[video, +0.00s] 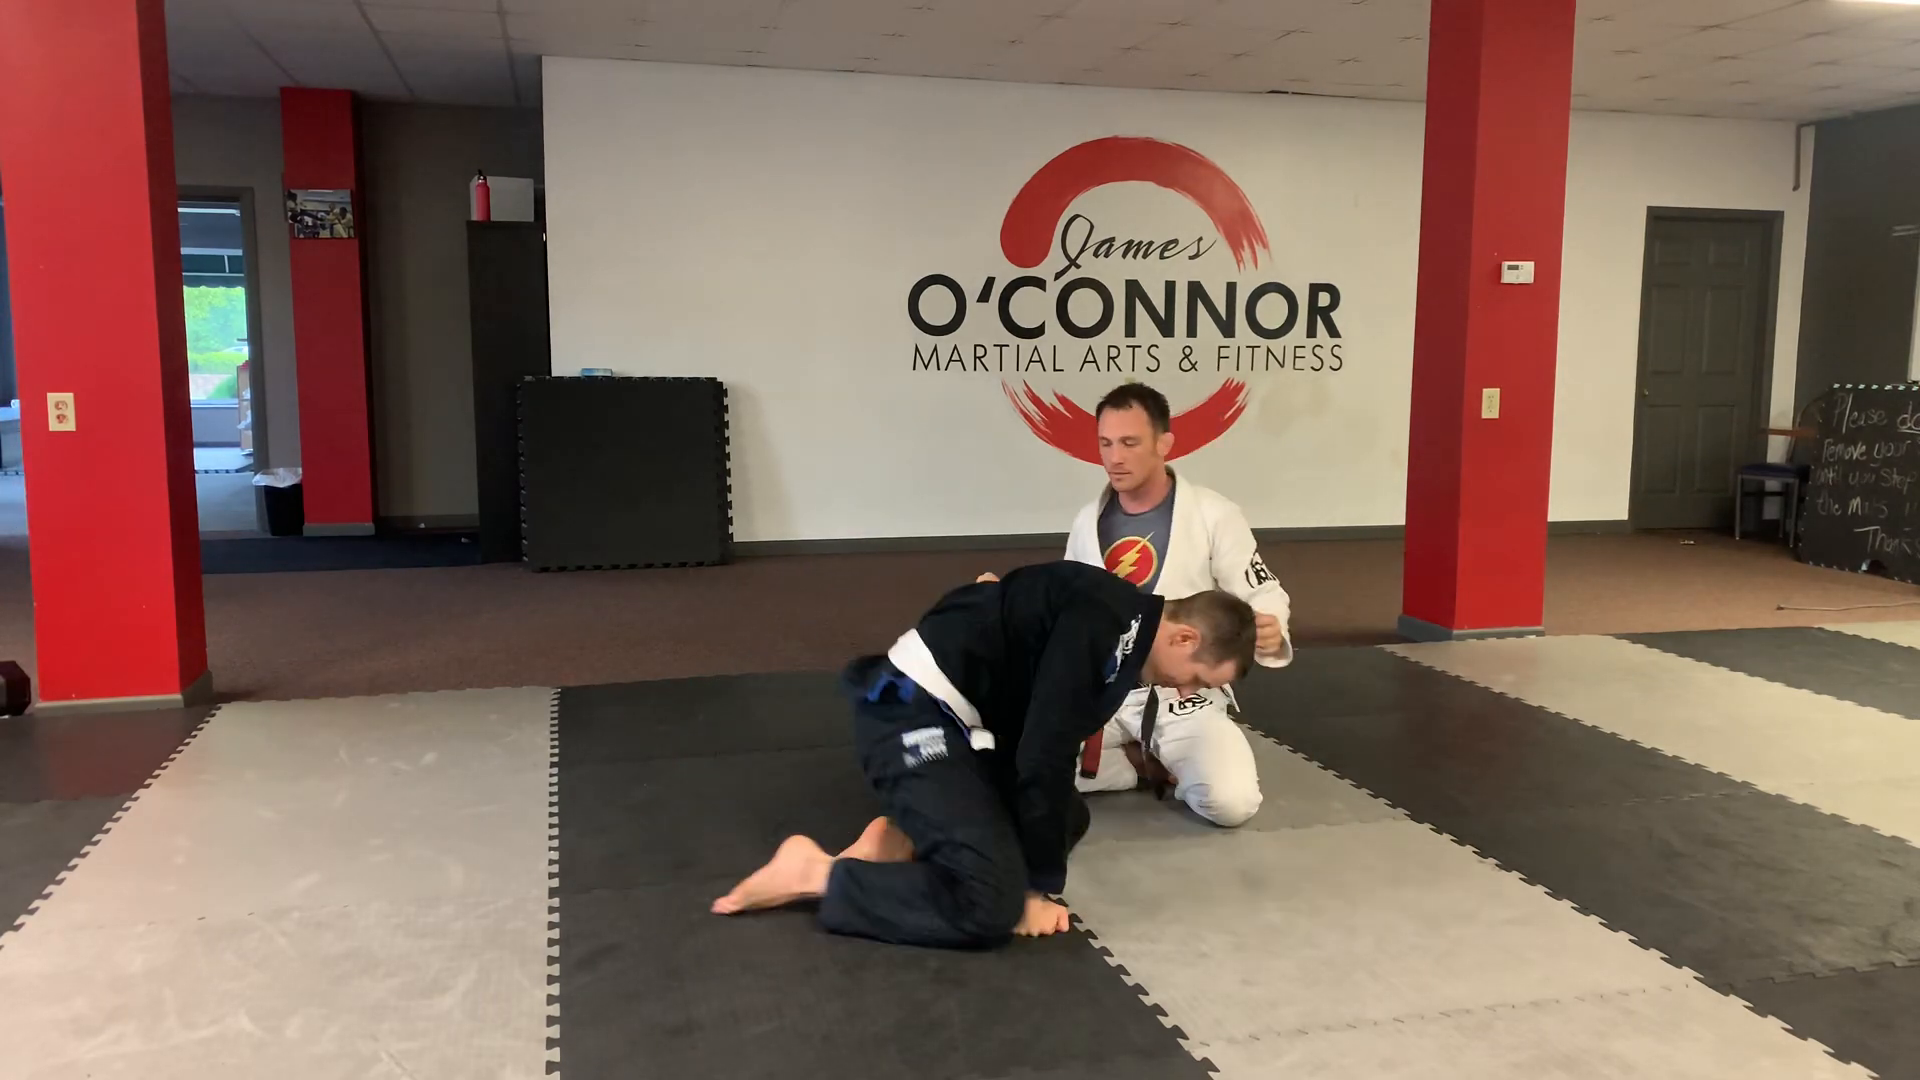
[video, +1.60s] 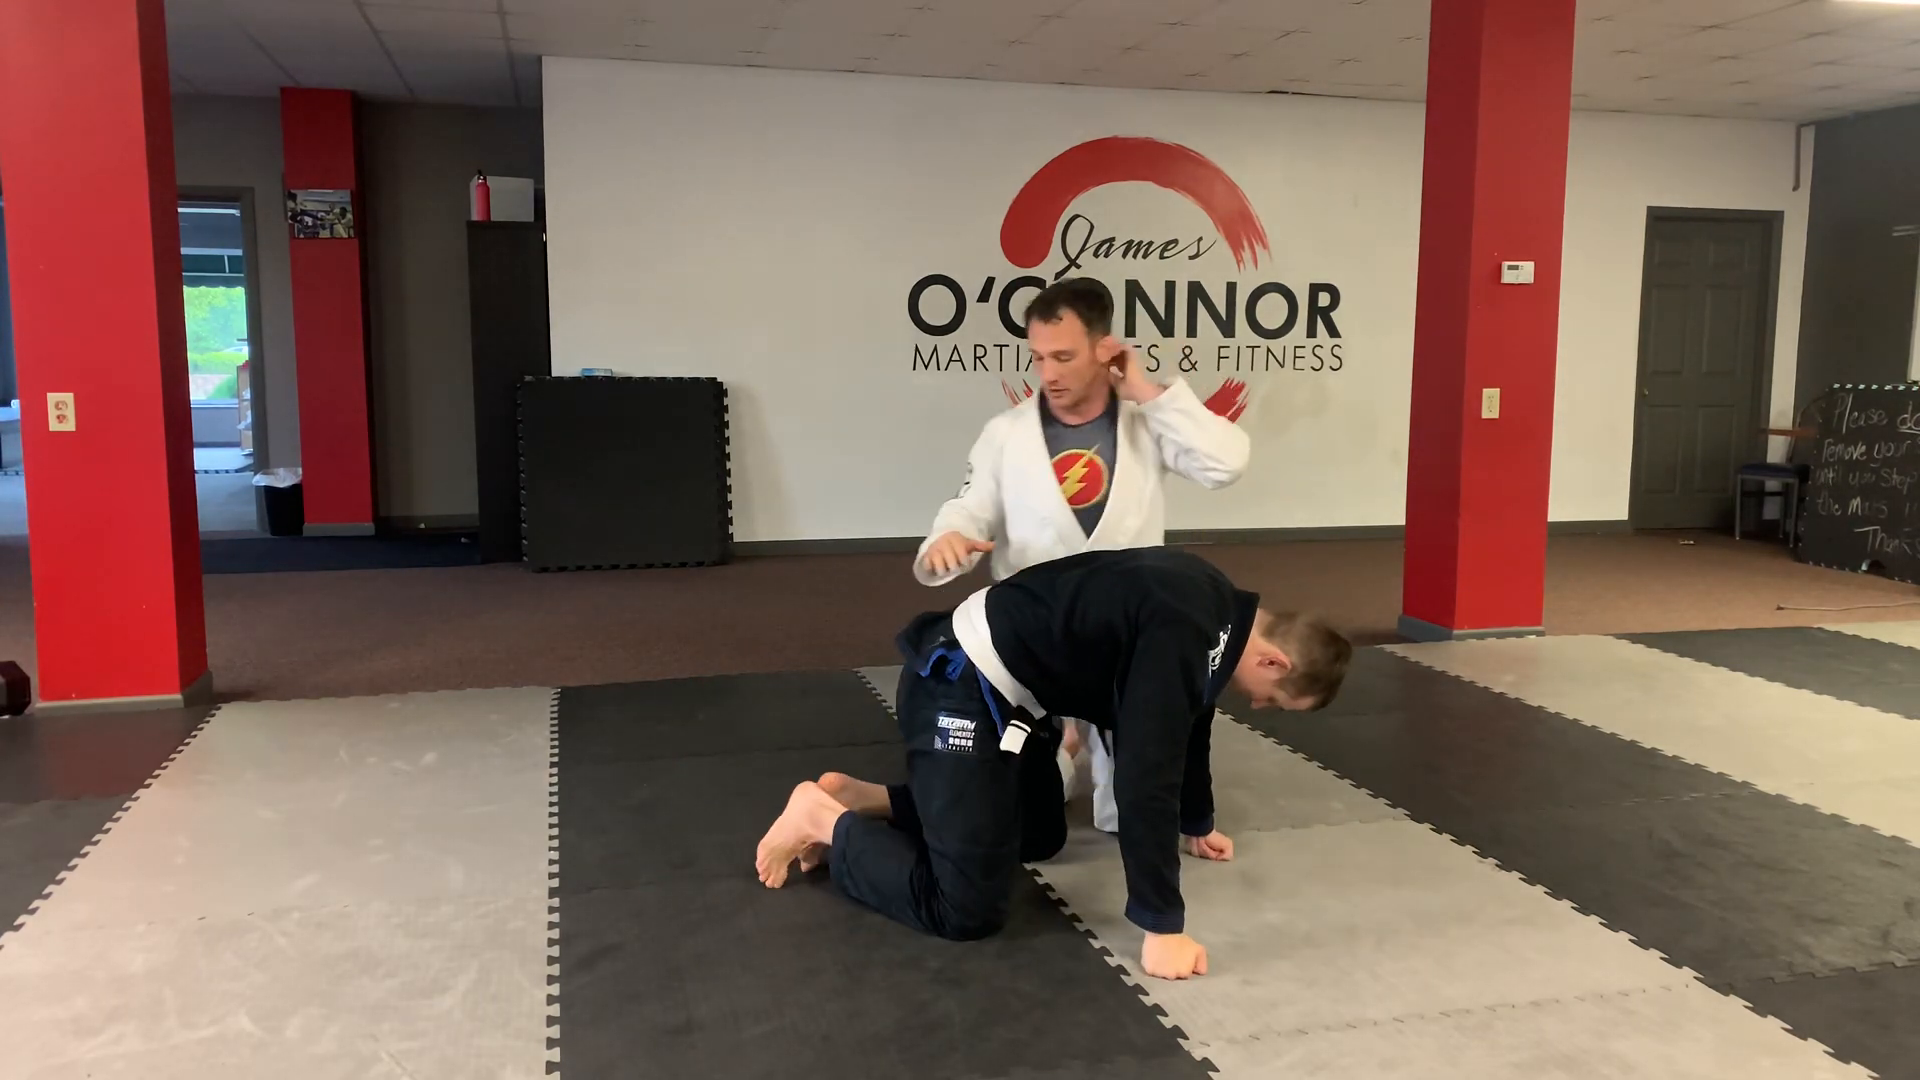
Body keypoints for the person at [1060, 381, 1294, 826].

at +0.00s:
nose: (1115, 458)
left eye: (1129, 444)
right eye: (1106, 444)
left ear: (1164, 444)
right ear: (1097, 446)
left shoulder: (1214, 516)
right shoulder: (1087, 522)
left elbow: (1263, 593)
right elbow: (1072, 605)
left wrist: (1270, 632)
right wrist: (1008, 599)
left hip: (1185, 696)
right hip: (1103, 693)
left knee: (1233, 802)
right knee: (1041, 766)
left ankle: (1172, 761)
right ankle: (1146, 764)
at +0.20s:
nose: (1095, 458)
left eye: (1109, 443)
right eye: (1085, 445)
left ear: (1143, 443)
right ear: (1076, 448)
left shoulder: (1197, 512)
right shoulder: (1069, 523)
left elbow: (1256, 592)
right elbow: (1054, 608)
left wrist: (1211, 657)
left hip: (1177, 684)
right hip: (1096, 683)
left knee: (1177, 799)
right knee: (1045, 772)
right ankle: (1143, 757)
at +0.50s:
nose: (1074, 446)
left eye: (1088, 430)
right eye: (1062, 433)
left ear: (1118, 435)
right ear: (1049, 442)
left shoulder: (1172, 503)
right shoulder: (1037, 518)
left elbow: (1246, 582)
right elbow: (1008, 573)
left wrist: (1207, 581)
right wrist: (972, 591)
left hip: (1172, 670)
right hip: (1079, 669)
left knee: (1148, 746)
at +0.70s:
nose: (1073, 397)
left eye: (1088, 382)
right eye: (1060, 385)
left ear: (1115, 392)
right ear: (1045, 398)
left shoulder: (1166, 465)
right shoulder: (1021, 480)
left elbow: (1238, 567)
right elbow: (991, 547)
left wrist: (1195, 529)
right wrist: (964, 568)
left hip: (1150, 667)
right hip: (1058, 668)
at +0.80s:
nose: (1082, 377)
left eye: (1098, 363)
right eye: (1070, 364)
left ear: (1127, 376)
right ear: (1055, 379)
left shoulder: (1170, 450)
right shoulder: (1026, 463)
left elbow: (1245, 541)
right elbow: (991, 532)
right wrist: (975, 562)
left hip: (1148, 650)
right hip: (1055, 653)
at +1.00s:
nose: (1105, 364)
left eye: (1122, 347)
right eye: (1094, 349)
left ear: (1158, 355)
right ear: (1083, 356)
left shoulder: (1188, 427)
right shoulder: (1046, 439)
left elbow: (1269, 468)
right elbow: (1002, 520)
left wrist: (1197, 394)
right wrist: (1003, 563)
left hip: (1160, 640)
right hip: (1067, 643)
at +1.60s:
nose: (1048, 375)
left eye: (1063, 358)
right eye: (1039, 358)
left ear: (1106, 352)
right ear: (1030, 354)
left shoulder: (1146, 420)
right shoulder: (1006, 435)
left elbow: (1228, 462)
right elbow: (970, 513)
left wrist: (1147, 392)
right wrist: (943, 547)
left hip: (1130, 642)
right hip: (1032, 648)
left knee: (1131, 812)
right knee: (1028, 815)